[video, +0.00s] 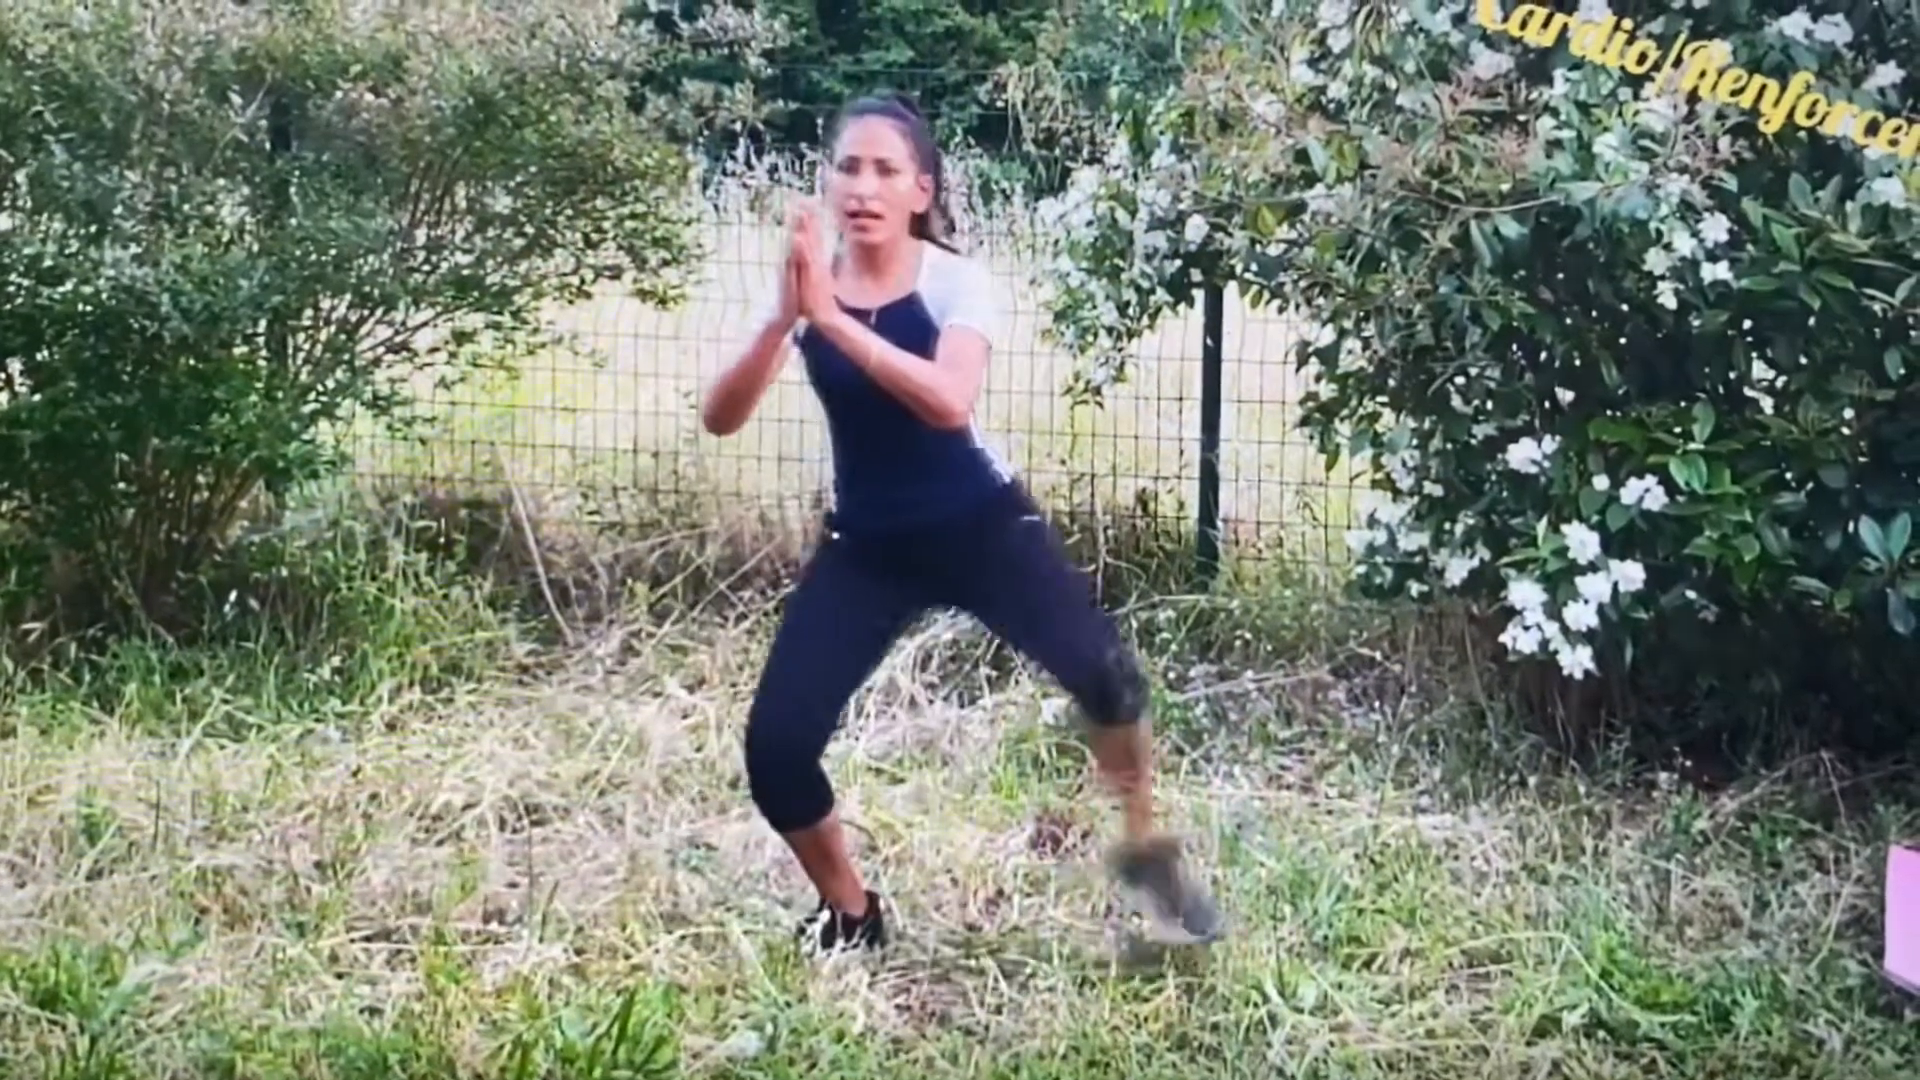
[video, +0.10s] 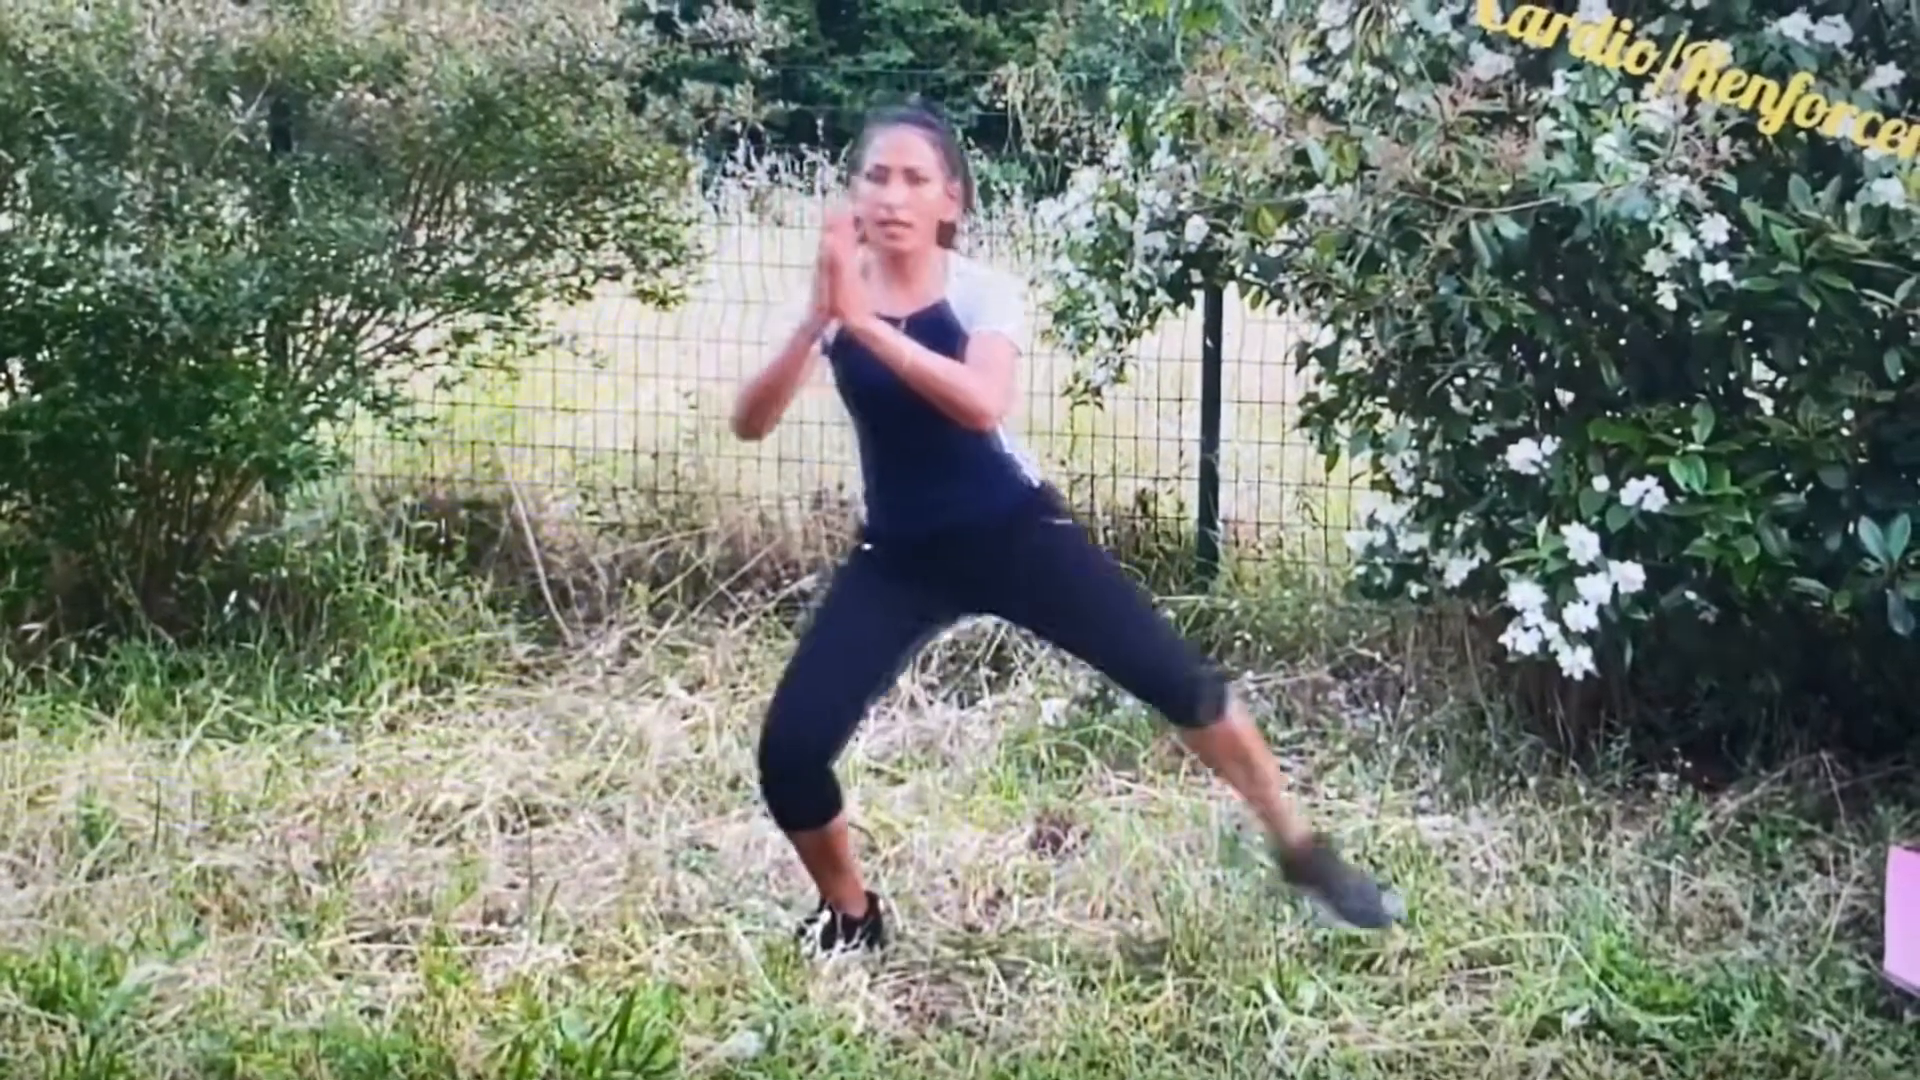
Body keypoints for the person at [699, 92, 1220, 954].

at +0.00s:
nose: (862, 187)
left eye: (886, 171)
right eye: (848, 168)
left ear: (922, 195)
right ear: (826, 184)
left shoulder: (959, 284)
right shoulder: (809, 288)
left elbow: (949, 401)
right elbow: (719, 416)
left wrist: (825, 317)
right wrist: (785, 319)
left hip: (982, 535)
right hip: (867, 551)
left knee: (1109, 678)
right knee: (775, 748)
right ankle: (850, 914)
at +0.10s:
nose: (891, 197)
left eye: (913, 180)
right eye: (876, 178)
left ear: (951, 203)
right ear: (851, 195)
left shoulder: (983, 293)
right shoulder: (836, 298)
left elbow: (983, 403)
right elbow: (748, 421)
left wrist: (860, 323)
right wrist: (819, 316)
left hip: (1015, 541)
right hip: (899, 560)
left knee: (1186, 687)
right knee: (788, 754)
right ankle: (850, 916)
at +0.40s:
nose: (1054, 265)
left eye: (1074, 247)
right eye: (1038, 247)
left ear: (1113, 267)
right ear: (1017, 262)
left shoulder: (1150, 358)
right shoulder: (1002, 363)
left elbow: (1170, 462)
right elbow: (933, 484)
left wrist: (1048, 386)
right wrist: (1000, 381)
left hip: (1166, 618)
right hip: (1043, 620)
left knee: (1357, 761)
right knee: (869, 759)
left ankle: (1424, 938)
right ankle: (848, 920)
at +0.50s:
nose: (1092, 273)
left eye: (1112, 256)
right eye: (1078, 256)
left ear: (1152, 272)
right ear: (1057, 271)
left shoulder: (1187, 363)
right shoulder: (1036, 372)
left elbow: (1210, 469)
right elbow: (980, 500)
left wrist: (1095, 393)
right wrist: (1050, 390)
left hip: (1195, 627)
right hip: (1067, 628)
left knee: (1381, 764)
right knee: (889, 759)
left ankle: (1426, 938)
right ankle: (848, 921)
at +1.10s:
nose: (1029, 254)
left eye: (1051, 235)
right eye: (1022, 235)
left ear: (1101, 252)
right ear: (1010, 248)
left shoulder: (1142, 349)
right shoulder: (1000, 349)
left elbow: (1174, 455)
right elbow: (904, 466)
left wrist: (1064, 373)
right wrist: (981, 369)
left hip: (1151, 611)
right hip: (1030, 612)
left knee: (1316, 773)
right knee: (865, 747)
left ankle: (1420, 940)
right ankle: (849, 921)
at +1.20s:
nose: (984, 225)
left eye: (1007, 208)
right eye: (975, 205)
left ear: (1058, 228)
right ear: (961, 218)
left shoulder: (1083, 327)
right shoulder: (934, 316)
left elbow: (1116, 438)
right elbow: (856, 441)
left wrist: (1011, 351)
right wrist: (948, 350)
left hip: (1090, 584)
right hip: (968, 586)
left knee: (1253, 753)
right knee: (826, 755)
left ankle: (1408, 932)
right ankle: (849, 925)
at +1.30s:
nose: (957, 202)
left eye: (980, 187)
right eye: (948, 185)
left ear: (1026, 210)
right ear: (931, 198)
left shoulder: (1051, 311)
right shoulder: (898, 297)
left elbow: (1092, 427)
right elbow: (812, 418)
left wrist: (987, 337)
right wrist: (913, 340)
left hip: (1040, 563)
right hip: (919, 567)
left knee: (1192, 724)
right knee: (805, 762)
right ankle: (848, 921)